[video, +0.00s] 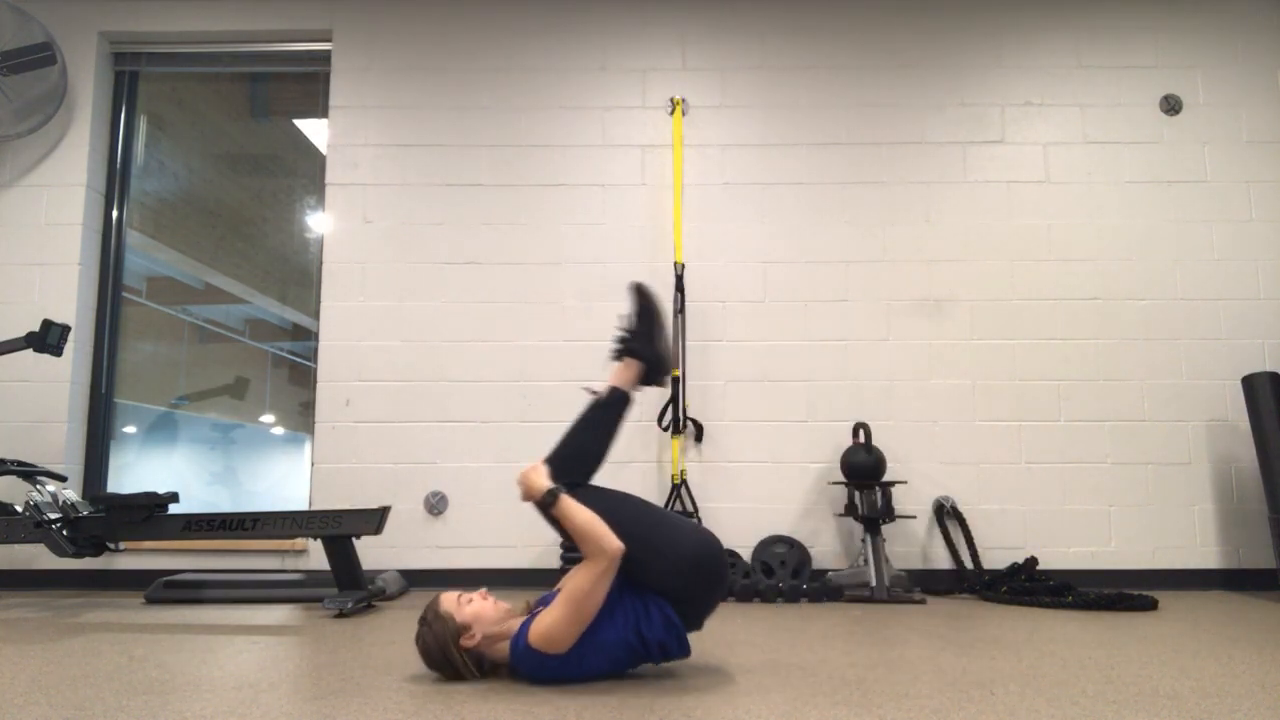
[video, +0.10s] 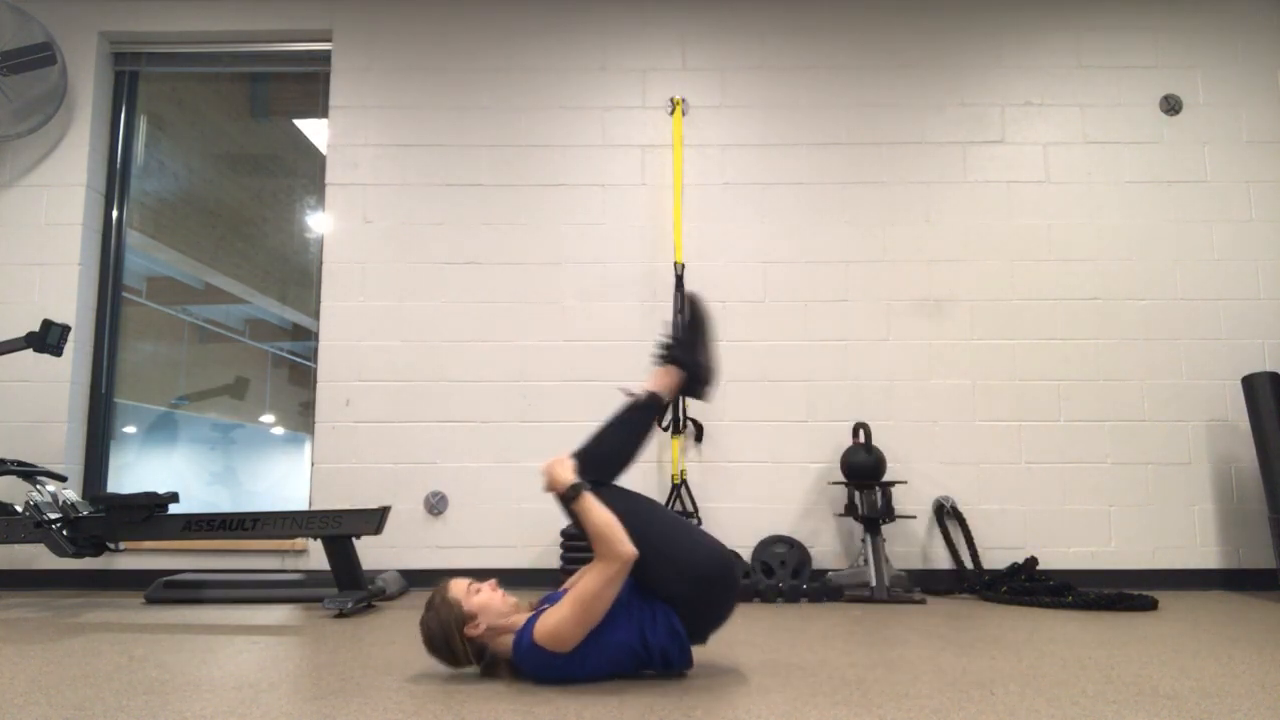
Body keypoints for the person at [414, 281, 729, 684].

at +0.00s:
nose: (480, 593)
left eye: (468, 593)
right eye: (466, 602)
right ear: (470, 638)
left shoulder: (533, 631)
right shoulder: (539, 644)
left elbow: (597, 559)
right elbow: (608, 553)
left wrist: (551, 496)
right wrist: (548, 496)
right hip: (693, 575)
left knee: (555, 489)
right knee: (561, 492)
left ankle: (631, 366)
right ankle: (635, 365)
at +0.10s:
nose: (492, 582)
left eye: (478, 582)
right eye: (476, 591)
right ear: (475, 628)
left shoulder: (536, 627)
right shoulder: (540, 642)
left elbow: (609, 562)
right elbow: (620, 557)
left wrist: (571, 489)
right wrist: (571, 489)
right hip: (702, 591)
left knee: (580, 490)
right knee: (585, 489)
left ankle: (671, 378)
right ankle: (674, 376)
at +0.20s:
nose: (505, 569)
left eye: (491, 566)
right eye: (488, 575)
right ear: (482, 612)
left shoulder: (542, 619)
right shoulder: (545, 635)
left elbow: (617, 567)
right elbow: (635, 562)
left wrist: (605, 483)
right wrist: (603, 484)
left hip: (698, 607)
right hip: (712, 611)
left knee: (612, 482)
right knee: (617, 488)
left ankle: (720, 395)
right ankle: (731, 390)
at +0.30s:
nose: (528, 550)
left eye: (518, 543)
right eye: (513, 551)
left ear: (507, 583)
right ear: (500, 586)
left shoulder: (555, 602)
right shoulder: (556, 620)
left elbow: (643, 564)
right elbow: (657, 563)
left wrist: (647, 481)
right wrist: (647, 483)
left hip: (709, 624)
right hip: (719, 631)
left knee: (654, 476)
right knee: (656, 477)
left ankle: (779, 425)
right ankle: (789, 424)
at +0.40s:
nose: (560, 525)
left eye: (551, 517)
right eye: (545, 523)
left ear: (530, 554)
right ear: (524, 554)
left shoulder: (567, 586)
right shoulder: (572, 598)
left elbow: (661, 549)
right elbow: (678, 552)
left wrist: (686, 475)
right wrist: (692, 470)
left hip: (723, 634)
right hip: (731, 645)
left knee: (706, 472)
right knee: (710, 477)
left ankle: (835, 464)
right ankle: (849, 469)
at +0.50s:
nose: (592, 501)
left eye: (586, 492)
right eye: (581, 496)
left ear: (559, 519)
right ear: (555, 521)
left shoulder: (586, 560)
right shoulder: (589, 574)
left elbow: (682, 538)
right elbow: (691, 539)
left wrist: (717, 461)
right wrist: (722, 458)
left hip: (732, 631)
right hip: (741, 650)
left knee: (748, 467)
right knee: (749, 482)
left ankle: (893, 491)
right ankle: (882, 531)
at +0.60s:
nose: (619, 485)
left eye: (615, 476)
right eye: (608, 479)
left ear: (585, 496)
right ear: (579, 496)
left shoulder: (609, 534)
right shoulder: (603, 555)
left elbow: (700, 510)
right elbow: (710, 521)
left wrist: (742, 440)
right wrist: (749, 439)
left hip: (744, 630)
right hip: (746, 651)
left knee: (794, 476)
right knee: (787, 485)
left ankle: (934, 502)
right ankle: (897, 569)